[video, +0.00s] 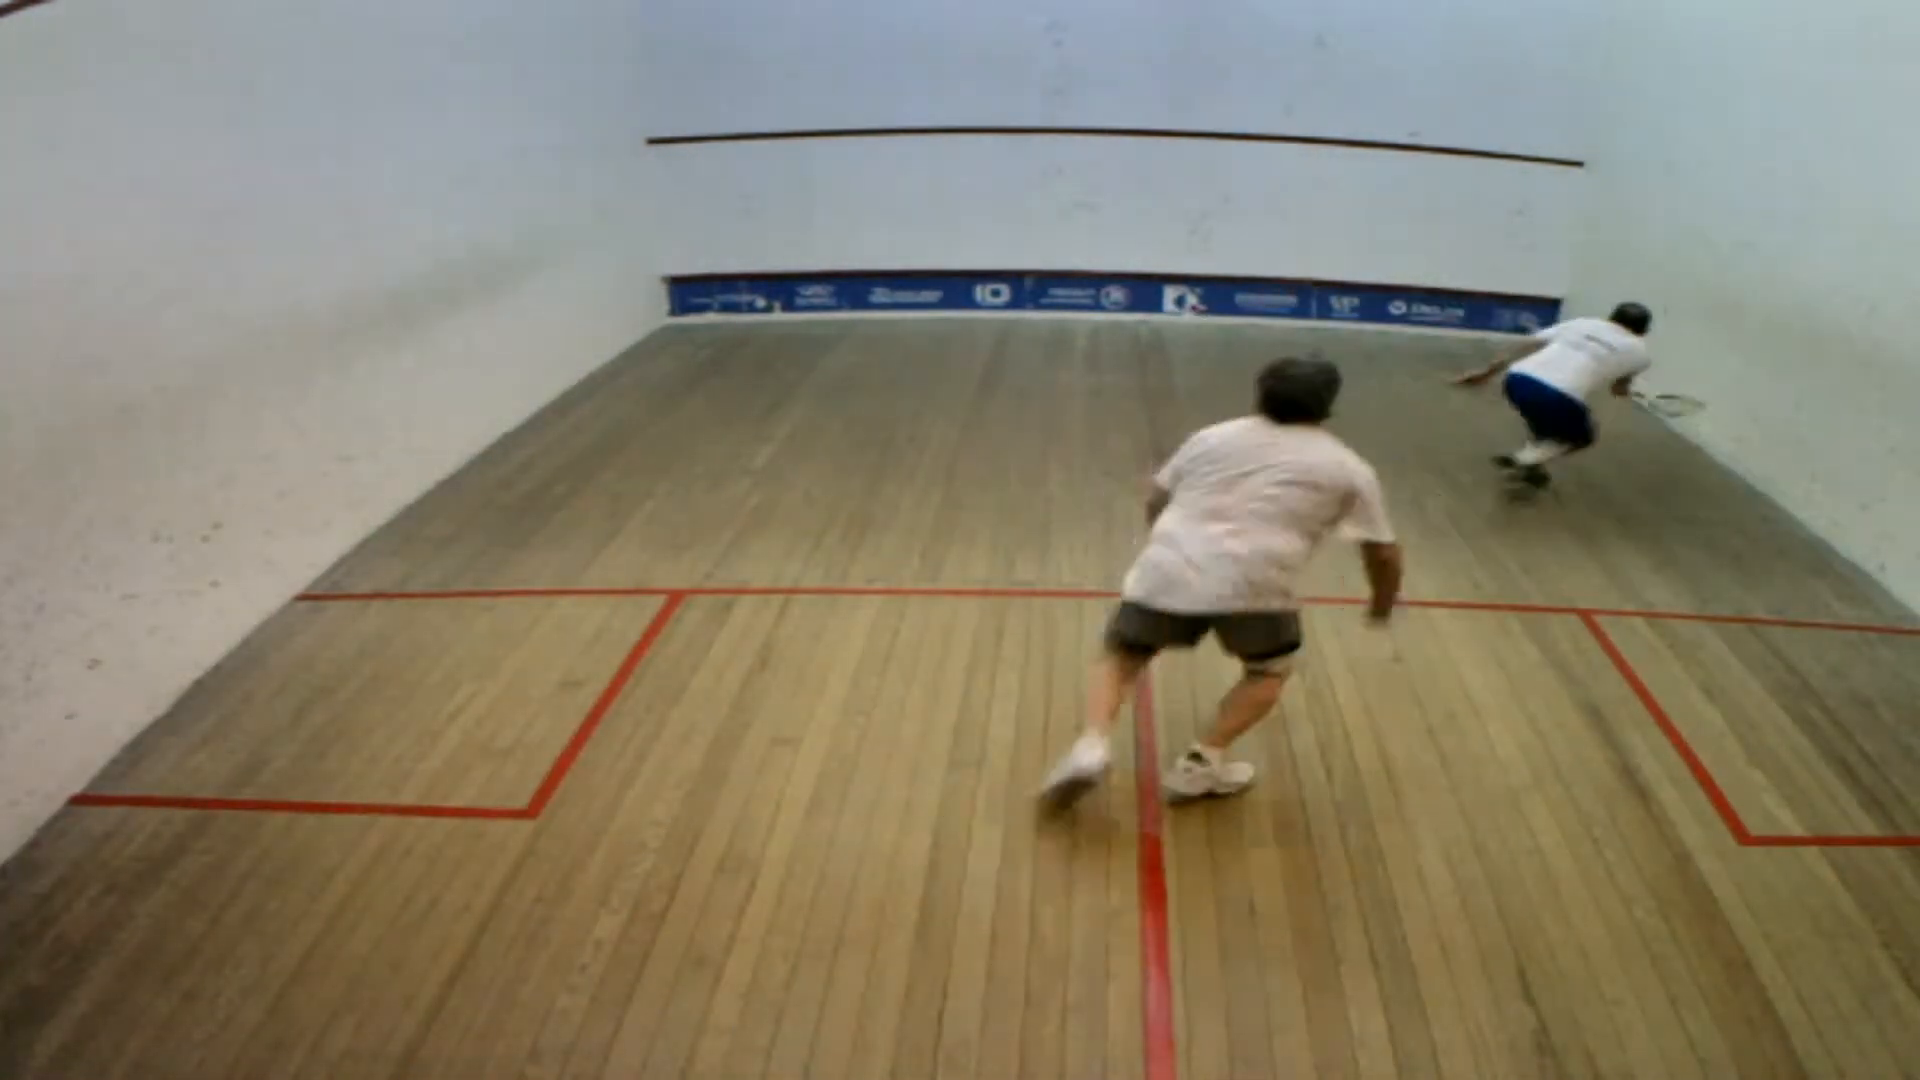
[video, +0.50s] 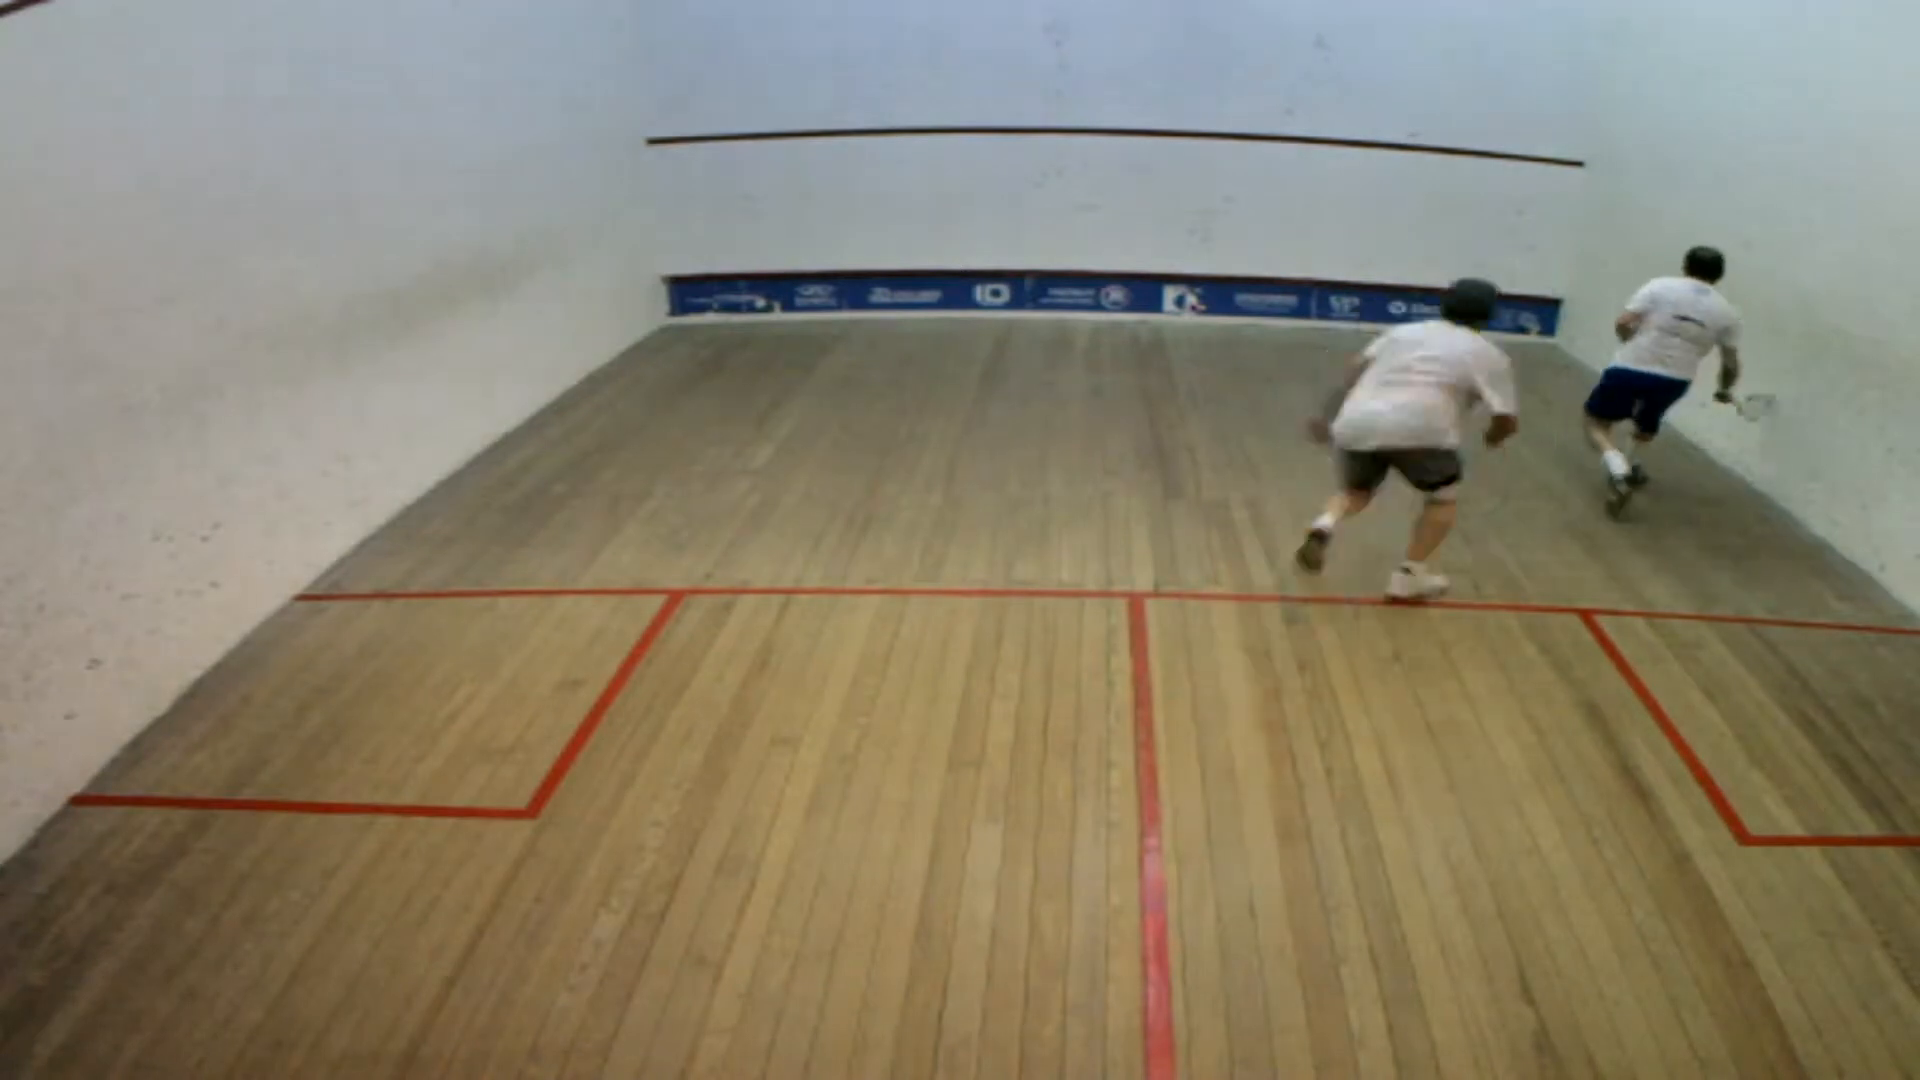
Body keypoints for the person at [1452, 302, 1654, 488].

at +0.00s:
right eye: (1643, 332)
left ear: (1613, 316)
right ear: (1641, 331)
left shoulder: (1582, 323)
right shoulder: (1639, 353)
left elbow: (1529, 344)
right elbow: (1619, 387)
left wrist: (1486, 372)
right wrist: (1626, 390)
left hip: (1520, 378)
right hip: (1561, 396)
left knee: (1541, 428)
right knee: (1582, 438)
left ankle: (1530, 465)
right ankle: (1524, 458)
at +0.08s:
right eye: (1656, 327)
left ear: (1625, 310)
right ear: (1653, 327)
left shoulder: (1594, 317)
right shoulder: (1652, 349)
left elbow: (1536, 335)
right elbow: (1626, 382)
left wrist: (1508, 363)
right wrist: (1629, 383)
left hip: (1536, 376)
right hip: (1580, 394)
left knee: (1552, 406)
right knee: (1611, 418)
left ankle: (1529, 452)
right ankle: (1565, 459)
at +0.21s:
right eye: (1683, 309)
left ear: (1651, 297)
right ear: (1681, 310)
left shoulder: (1622, 309)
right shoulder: (1683, 335)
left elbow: (1573, 329)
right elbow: (1662, 372)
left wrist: (1557, 361)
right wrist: (1648, 389)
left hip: (1581, 378)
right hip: (1631, 391)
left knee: (1559, 410)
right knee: (1640, 429)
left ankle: (1544, 448)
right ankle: (1626, 465)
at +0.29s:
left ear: (1657, 292)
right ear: (1689, 304)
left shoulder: (1630, 307)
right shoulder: (1695, 331)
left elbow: (1587, 332)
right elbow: (1675, 371)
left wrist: (1580, 361)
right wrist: (1661, 389)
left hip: (1597, 377)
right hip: (1644, 391)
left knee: (1567, 399)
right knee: (1642, 424)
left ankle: (1563, 448)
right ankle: (1625, 462)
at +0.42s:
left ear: (1672, 279)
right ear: (1704, 291)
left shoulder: (1647, 296)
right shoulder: (1709, 322)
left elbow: (1609, 329)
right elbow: (1702, 369)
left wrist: (1620, 354)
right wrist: (1692, 397)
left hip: (1621, 371)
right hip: (1664, 384)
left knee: (1576, 408)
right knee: (1643, 417)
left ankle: (1593, 450)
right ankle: (1627, 459)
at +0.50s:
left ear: (1687, 267)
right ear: (1718, 277)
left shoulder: (1659, 287)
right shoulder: (1724, 312)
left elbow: (1624, 324)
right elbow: (1731, 365)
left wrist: (1633, 343)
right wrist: (1724, 390)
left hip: (1631, 369)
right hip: (1673, 381)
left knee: (1595, 420)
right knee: (1647, 424)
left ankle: (1619, 469)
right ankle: (1631, 470)